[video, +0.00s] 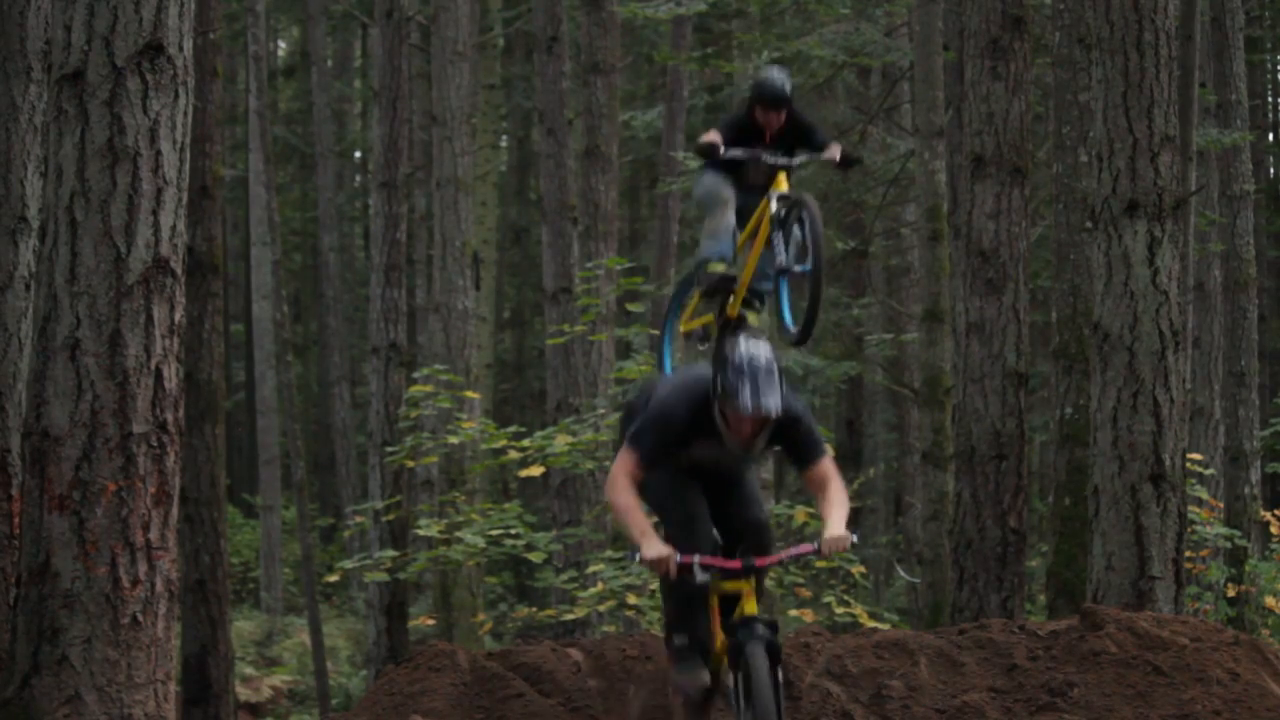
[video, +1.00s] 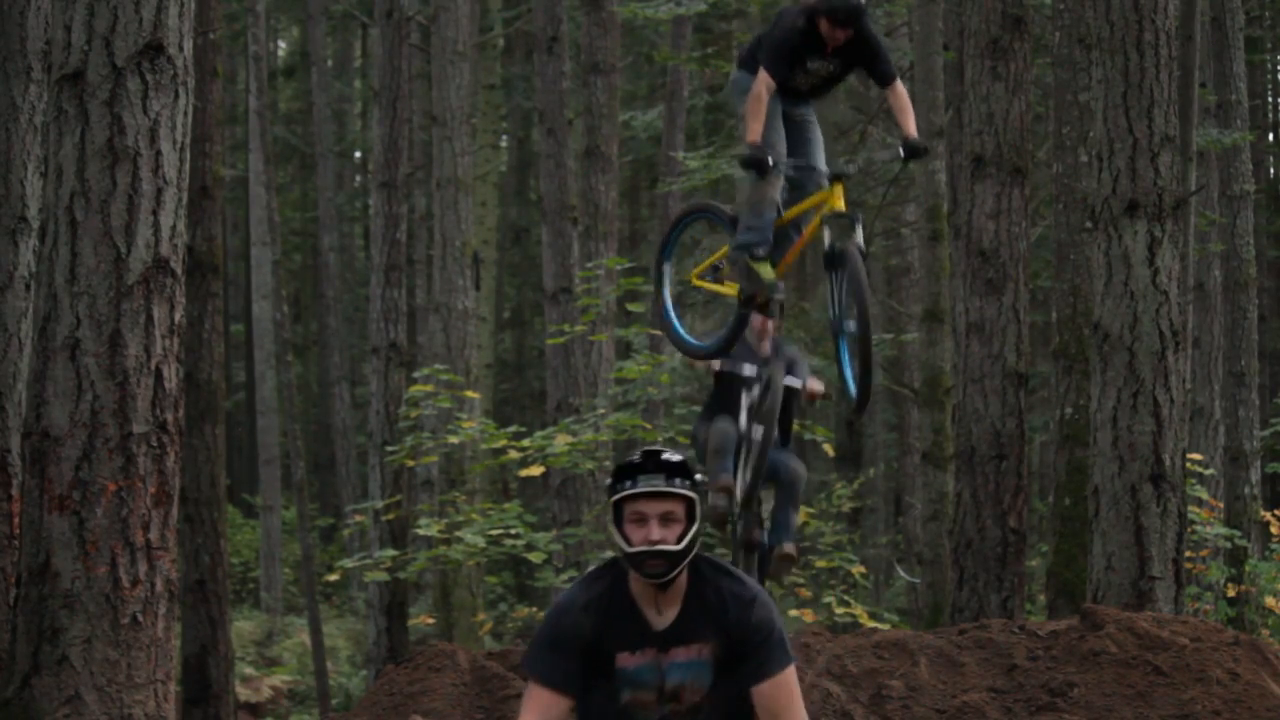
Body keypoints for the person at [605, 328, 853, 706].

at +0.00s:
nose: (747, 427)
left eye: (758, 416)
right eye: (739, 414)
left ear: (775, 403)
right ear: (719, 398)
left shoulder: (784, 412)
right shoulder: (676, 405)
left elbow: (828, 480)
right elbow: (618, 480)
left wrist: (835, 527)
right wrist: (647, 540)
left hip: (723, 465)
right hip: (665, 465)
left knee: (755, 531)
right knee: (695, 542)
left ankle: (743, 627)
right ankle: (684, 647)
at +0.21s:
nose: (746, 470)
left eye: (755, 461)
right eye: (738, 459)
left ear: (772, 447)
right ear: (715, 444)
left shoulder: (785, 462)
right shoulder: (672, 457)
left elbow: (823, 536)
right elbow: (616, 540)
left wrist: (831, 583)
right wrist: (637, 607)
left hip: (736, 532)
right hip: (668, 537)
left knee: (773, 591)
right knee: (688, 630)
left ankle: (772, 684)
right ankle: (699, 710)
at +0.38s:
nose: (731, 474)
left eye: (742, 461)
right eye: (720, 461)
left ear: (759, 455)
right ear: (700, 453)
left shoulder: (781, 483)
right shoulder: (659, 489)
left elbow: (826, 565)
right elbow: (611, 578)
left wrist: (828, 631)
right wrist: (627, 654)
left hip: (742, 575)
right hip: (668, 584)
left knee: (776, 660)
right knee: (688, 680)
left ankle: (776, 711)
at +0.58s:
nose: (701, 496)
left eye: (713, 482)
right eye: (688, 483)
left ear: (734, 479)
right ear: (669, 482)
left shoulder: (768, 540)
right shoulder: (632, 547)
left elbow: (807, 640)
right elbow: (594, 646)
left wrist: (810, 715)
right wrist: (593, 716)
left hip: (741, 656)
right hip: (659, 661)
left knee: (764, 711)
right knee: (668, 712)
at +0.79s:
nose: (679, 518)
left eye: (694, 504)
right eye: (666, 504)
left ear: (717, 505)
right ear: (647, 507)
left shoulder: (761, 579)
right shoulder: (609, 583)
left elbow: (793, 691)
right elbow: (571, 696)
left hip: (738, 709)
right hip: (640, 710)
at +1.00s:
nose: (654, 536)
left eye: (668, 520)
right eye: (639, 521)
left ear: (692, 524)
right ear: (618, 526)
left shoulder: (743, 606)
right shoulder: (579, 612)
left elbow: (788, 715)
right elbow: (537, 715)